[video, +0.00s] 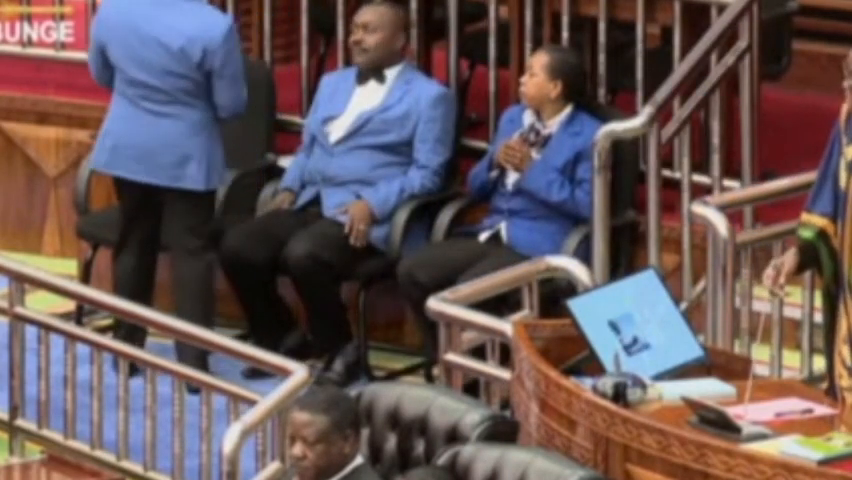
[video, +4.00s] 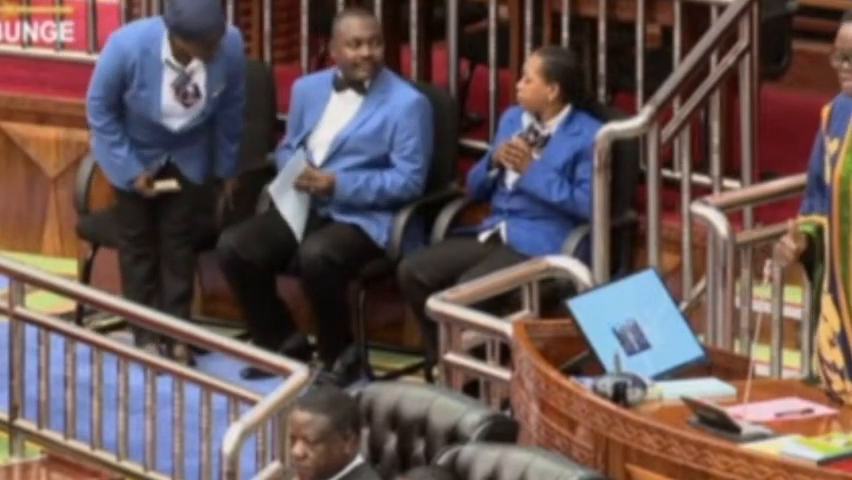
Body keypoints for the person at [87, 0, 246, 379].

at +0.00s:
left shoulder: (113, 10)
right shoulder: (214, 26)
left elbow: (102, 74)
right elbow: (231, 103)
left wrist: (141, 81)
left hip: (126, 150)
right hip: (186, 158)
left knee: (135, 244)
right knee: (191, 252)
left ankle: (128, 353)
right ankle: (193, 366)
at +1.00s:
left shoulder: (152, 3)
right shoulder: (250, 26)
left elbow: (124, 50)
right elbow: (246, 109)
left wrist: (159, 69)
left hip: (138, 129)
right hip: (199, 141)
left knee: (137, 237)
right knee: (197, 246)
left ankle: (128, 349)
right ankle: (191, 349)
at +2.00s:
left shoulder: (160, 9)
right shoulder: (127, 8)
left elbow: (176, 69)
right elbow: (108, 80)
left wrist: (198, 104)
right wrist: (172, 122)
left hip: (148, 151)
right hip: (135, 153)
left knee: (120, 248)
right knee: (163, 248)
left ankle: (111, 334)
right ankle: (186, 340)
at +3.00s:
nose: (185, 12)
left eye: (189, 7)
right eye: (179, 7)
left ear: (193, 3)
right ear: (158, 0)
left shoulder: (198, 15)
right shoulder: (111, 23)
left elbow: (202, 82)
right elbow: (84, 96)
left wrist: (214, 144)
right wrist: (133, 148)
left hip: (162, 150)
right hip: (112, 149)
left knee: (141, 244)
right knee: (134, 245)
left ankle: (112, 331)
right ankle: (147, 336)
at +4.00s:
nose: (205, 53)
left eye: (212, 44)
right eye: (196, 46)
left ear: (220, 33)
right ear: (173, 34)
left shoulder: (230, 46)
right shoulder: (127, 46)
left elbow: (233, 110)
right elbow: (99, 112)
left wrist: (227, 168)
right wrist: (130, 171)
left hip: (193, 154)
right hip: (138, 154)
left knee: (181, 243)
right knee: (138, 244)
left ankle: (178, 333)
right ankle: (145, 334)